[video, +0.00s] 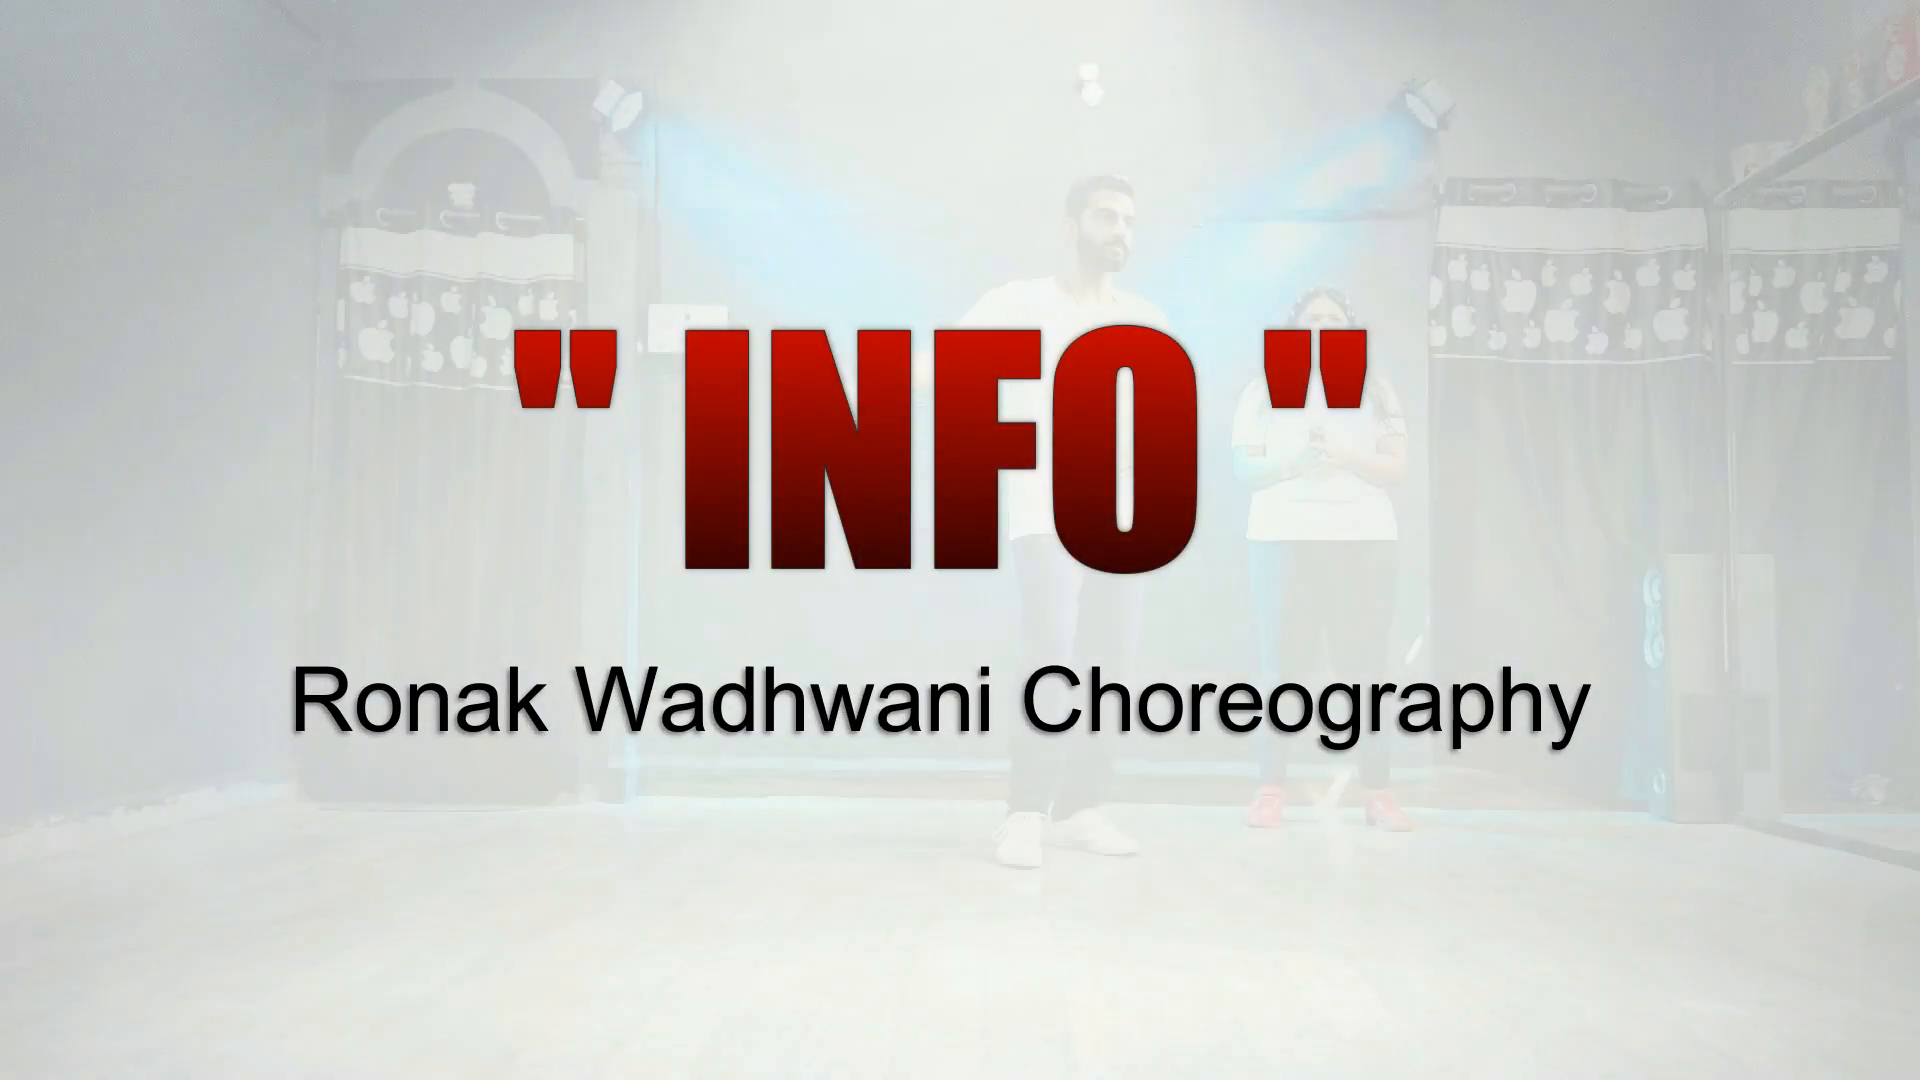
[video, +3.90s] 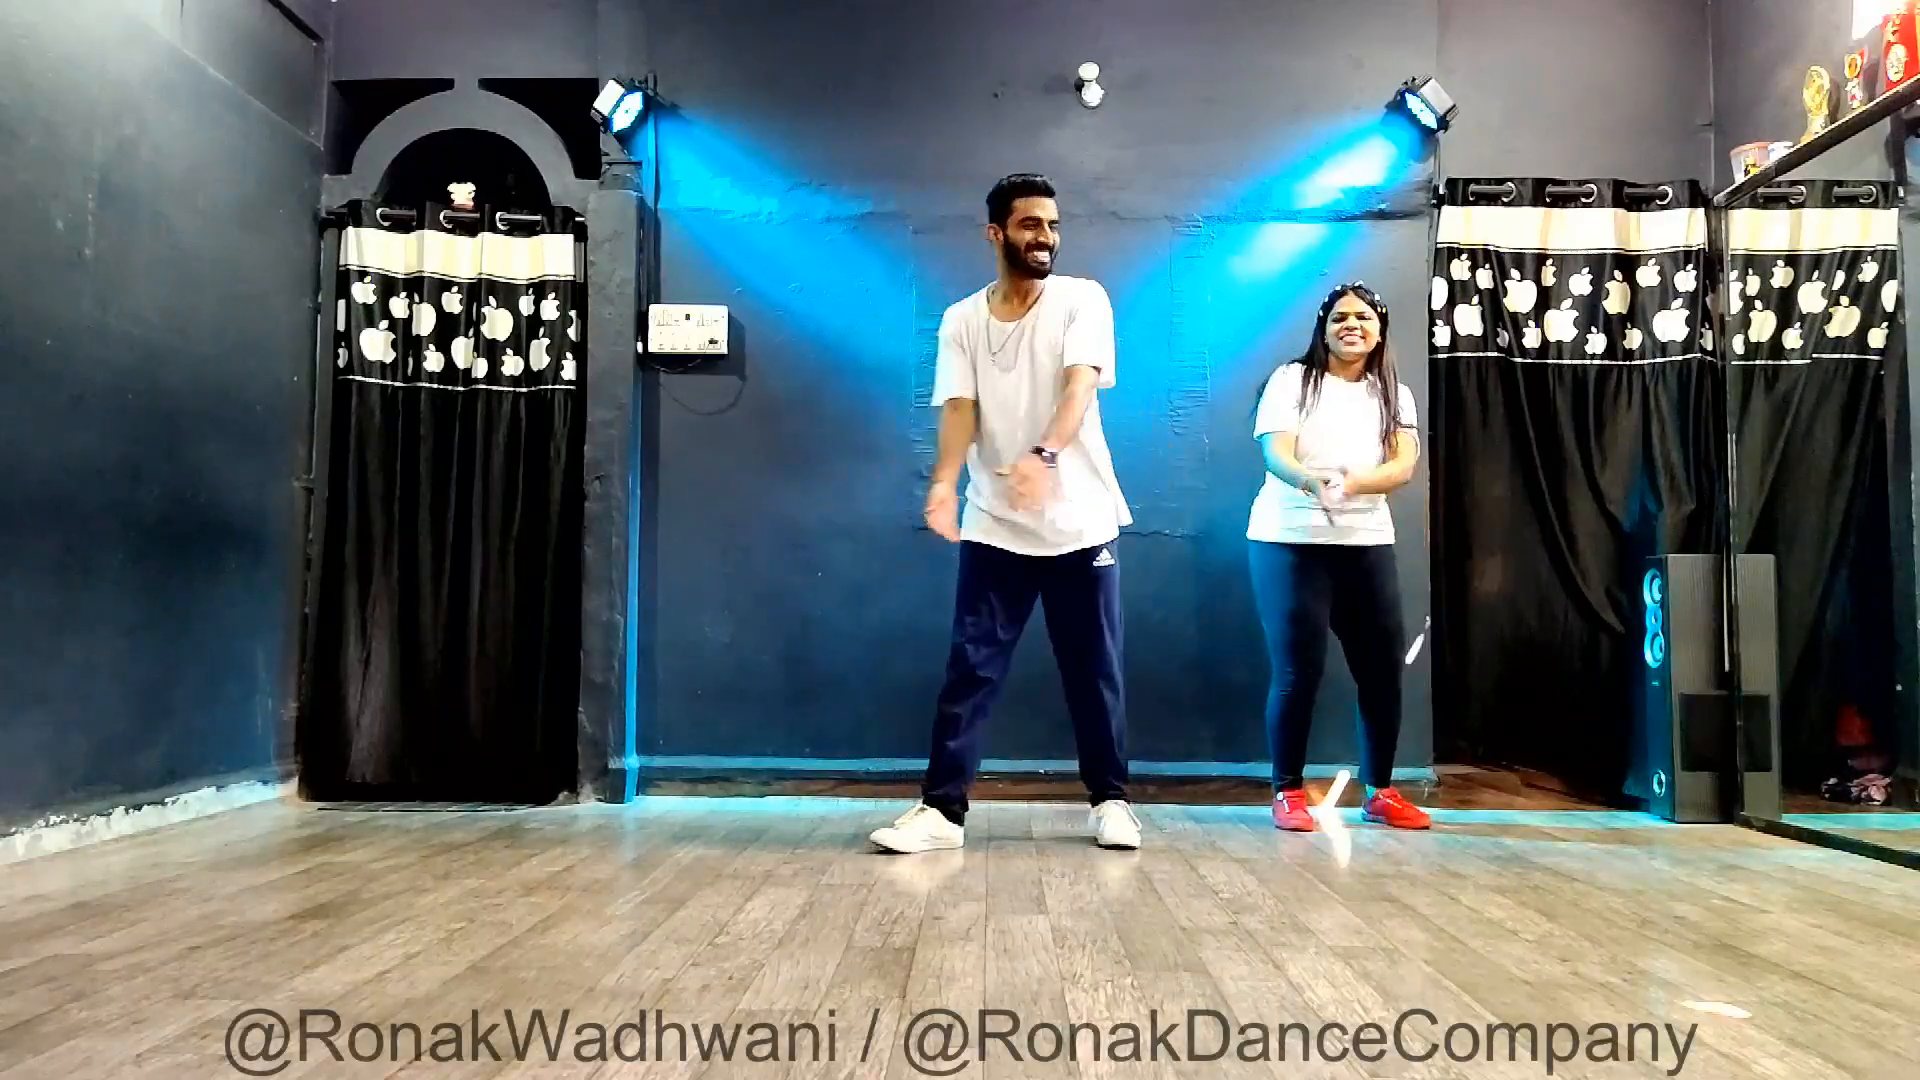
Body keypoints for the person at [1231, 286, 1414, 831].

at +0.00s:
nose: (1321, 337)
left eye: (1332, 327)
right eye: (1311, 327)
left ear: (1351, 331)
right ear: (1294, 330)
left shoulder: (1374, 386)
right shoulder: (1265, 386)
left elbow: (1397, 467)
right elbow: (1246, 468)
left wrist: (1340, 449)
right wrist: (1303, 450)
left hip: (1362, 539)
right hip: (1285, 539)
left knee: (1366, 663)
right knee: (1284, 663)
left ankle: (1376, 788)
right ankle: (1272, 786)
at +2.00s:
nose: (1368, 352)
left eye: (1373, 343)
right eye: (1356, 342)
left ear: (1376, 349)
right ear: (1324, 346)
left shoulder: (1363, 403)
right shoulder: (1305, 388)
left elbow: (1376, 487)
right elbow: (1293, 457)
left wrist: (1414, 470)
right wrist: (1371, 454)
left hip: (1396, 548)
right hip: (1340, 551)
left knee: (1418, 663)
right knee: (1368, 674)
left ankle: (1385, 793)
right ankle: (1301, 788)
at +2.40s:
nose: (1341, 326)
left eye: (1349, 317)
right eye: (1328, 321)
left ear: (1364, 327)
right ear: (1310, 333)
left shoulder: (1379, 396)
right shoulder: (1279, 376)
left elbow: (1396, 473)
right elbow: (1220, 432)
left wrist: (1409, 513)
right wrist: (1266, 443)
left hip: (1357, 543)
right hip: (1282, 539)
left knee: (1373, 664)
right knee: (1298, 666)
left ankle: (1375, 792)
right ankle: (1286, 792)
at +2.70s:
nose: (1315, 352)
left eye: (1323, 341)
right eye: (1303, 347)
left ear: (1342, 344)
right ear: (1291, 360)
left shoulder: (1377, 403)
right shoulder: (1272, 409)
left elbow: (1429, 474)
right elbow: (1243, 480)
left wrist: (1397, 528)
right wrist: (1207, 496)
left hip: (1334, 549)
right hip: (1257, 546)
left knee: (1329, 676)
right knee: (1244, 669)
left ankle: (1370, 791)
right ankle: (1272, 793)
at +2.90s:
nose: (1303, 366)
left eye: (1311, 353)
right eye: (1291, 360)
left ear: (1331, 352)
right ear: (1283, 371)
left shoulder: (1374, 405)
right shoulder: (1280, 426)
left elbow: (1397, 480)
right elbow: (1253, 505)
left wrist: (1328, 509)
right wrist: (1226, 570)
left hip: (1339, 557)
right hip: (1265, 554)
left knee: (1337, 680)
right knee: (1241, 668)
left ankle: (1380, 796)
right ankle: (1276, 793)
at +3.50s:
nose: (1338, 361)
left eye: (1346, 350)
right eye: (1324, 354)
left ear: (1358, 355)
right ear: (1303, 362)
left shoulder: (1372, 412)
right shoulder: (1277, 413)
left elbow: (1405, 476)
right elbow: (1255, 483)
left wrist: (1426, 538)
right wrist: (1254, 547)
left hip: (1378, 553)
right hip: (1306, 552)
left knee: (1422, 669)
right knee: (1326, 674)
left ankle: (1392, 796)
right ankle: (1293, 795)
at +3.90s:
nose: (1352, 324)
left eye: (1362, 317)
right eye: (1342, 317)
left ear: (1379, 330)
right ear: (1324, 330)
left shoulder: (1395, 395)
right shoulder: (1291, 380)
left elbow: (1403, 468)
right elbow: (1276, 455)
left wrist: (1351, 483)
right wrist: (1317, 482)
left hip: (1365, 547)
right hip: (1290, 543)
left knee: (1382, 671)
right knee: (1296, 672)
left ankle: (1378, 791)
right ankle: (1288, 792)